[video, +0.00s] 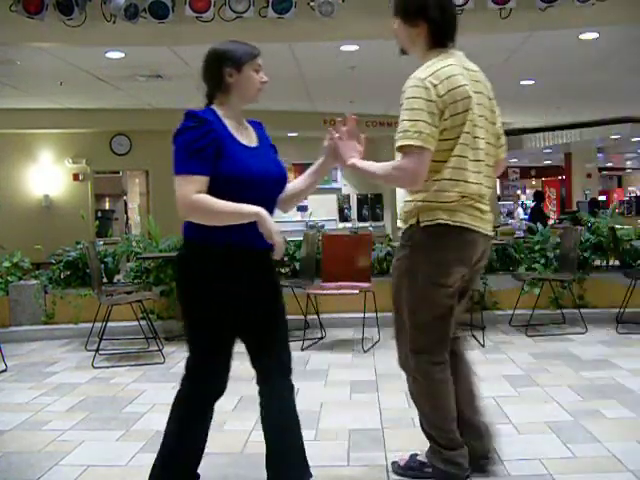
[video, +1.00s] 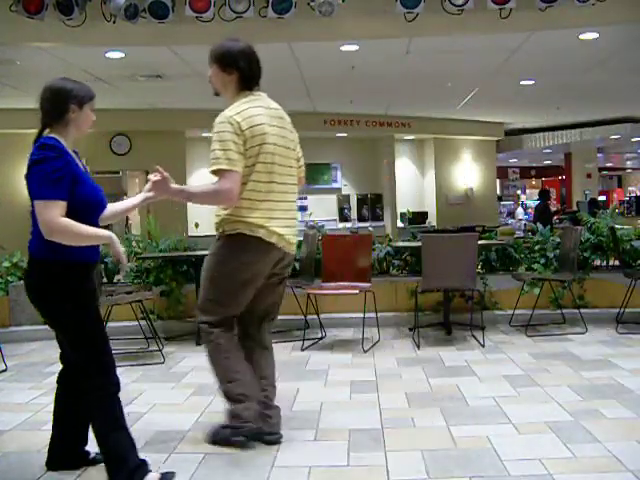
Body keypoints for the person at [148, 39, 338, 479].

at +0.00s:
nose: (264, 78)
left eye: (263, 70)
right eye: (257, 70)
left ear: (238, 76)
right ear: (230, 75)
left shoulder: (257, 130)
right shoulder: (199, 127)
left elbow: (282, 199)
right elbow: (187, 203)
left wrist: (327, 161)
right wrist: (256, 213)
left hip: (255, 263)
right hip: (208, 265)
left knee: (277, 377)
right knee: (205, 379)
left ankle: (291, 475)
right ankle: (171, 476)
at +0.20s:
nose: (229, 94)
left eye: (226, 85)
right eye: (221, 85)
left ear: (204, 91)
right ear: (195, 90)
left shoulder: (214, 147)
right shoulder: (164, 137)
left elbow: (238, 212)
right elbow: (151, 213)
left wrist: (277, 171)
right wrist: (217, 228)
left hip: (208, 272)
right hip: (167, 275)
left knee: (250, 378)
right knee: (183, 390)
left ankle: (287, 474)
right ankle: (170, 478)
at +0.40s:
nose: (195, 106)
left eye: (193, 97)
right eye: (188, 97)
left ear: (169, 102)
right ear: (165, 101)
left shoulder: (176, 155)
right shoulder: (133, 148)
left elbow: (191, 227)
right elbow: (119, 225)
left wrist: (237, 199)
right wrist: (183, 245)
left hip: (171, 276)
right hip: (133, 280)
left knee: (213, 369)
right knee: (174, 380)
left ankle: (206, 464)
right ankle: (174, 473)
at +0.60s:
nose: (159, 107)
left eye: (158, 99)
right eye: (155, 98)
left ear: (135, 101)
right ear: (133, 100)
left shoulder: (140, 149)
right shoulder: (105, 145)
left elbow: (160, 217)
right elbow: (93, 217)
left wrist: (209, 197)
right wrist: (154, 237)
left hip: (136, 271)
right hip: (110, 273)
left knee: (147, 370)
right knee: (152, 380)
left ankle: (98, 441)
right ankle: (165, 475)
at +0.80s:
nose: (125, 117)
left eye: (125, 110)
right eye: (122, 109)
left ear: (101, 110)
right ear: (102, 109)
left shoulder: (100, 154)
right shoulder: (78, 154)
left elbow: (127, 218)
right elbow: (74, 226)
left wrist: (176, 195)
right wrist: (133, 241)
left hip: (99, 277)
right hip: (82, 279)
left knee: (95, 370)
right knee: (128, 377)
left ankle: (68, 454)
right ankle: (160, 471)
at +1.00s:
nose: (93, 117)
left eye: (93, 110)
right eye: (89, 110)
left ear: (65, 113)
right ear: (70, 112)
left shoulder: (66, 153)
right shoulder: (50, 155)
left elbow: (94, 214)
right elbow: (50, 225)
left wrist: (142, 197)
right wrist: (105, 237)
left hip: (76, 272)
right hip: (59, 276)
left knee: (78, 364)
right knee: (100, 374)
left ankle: (65, 453)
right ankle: (128, 469)